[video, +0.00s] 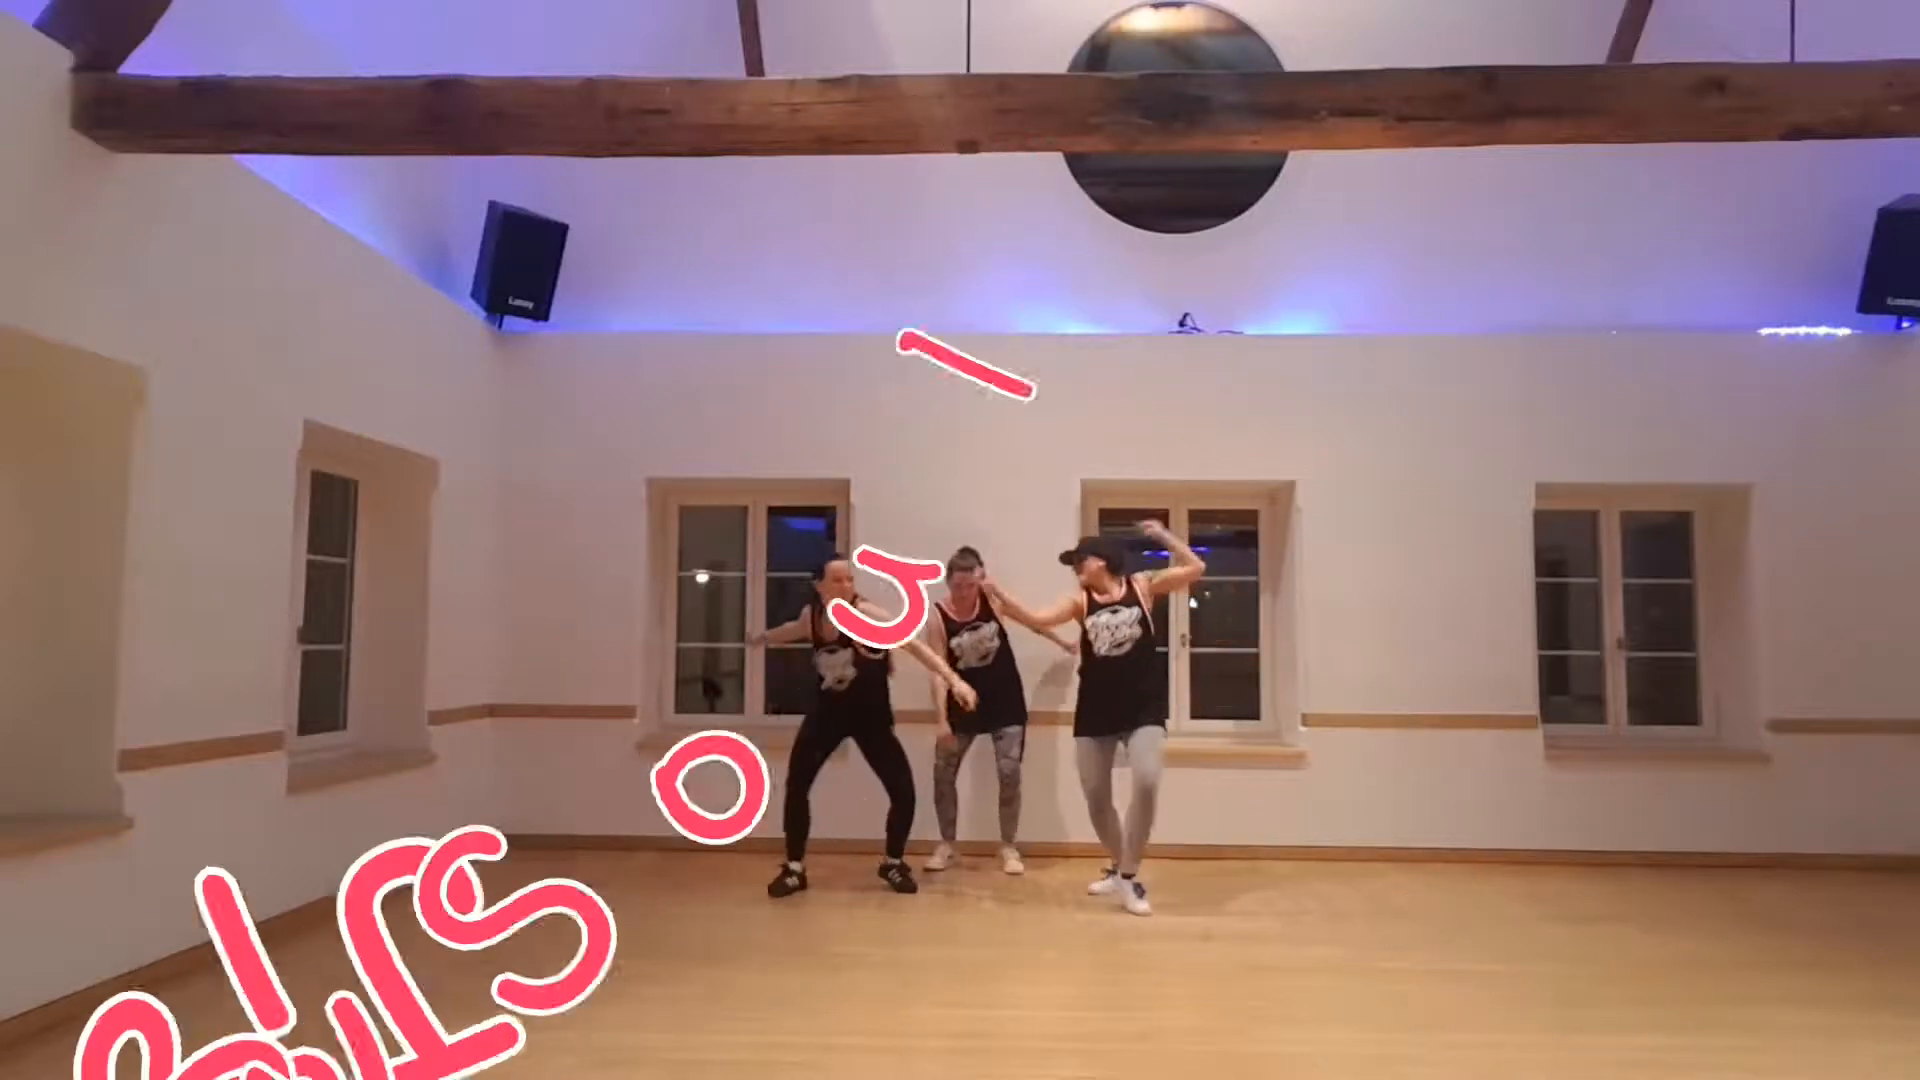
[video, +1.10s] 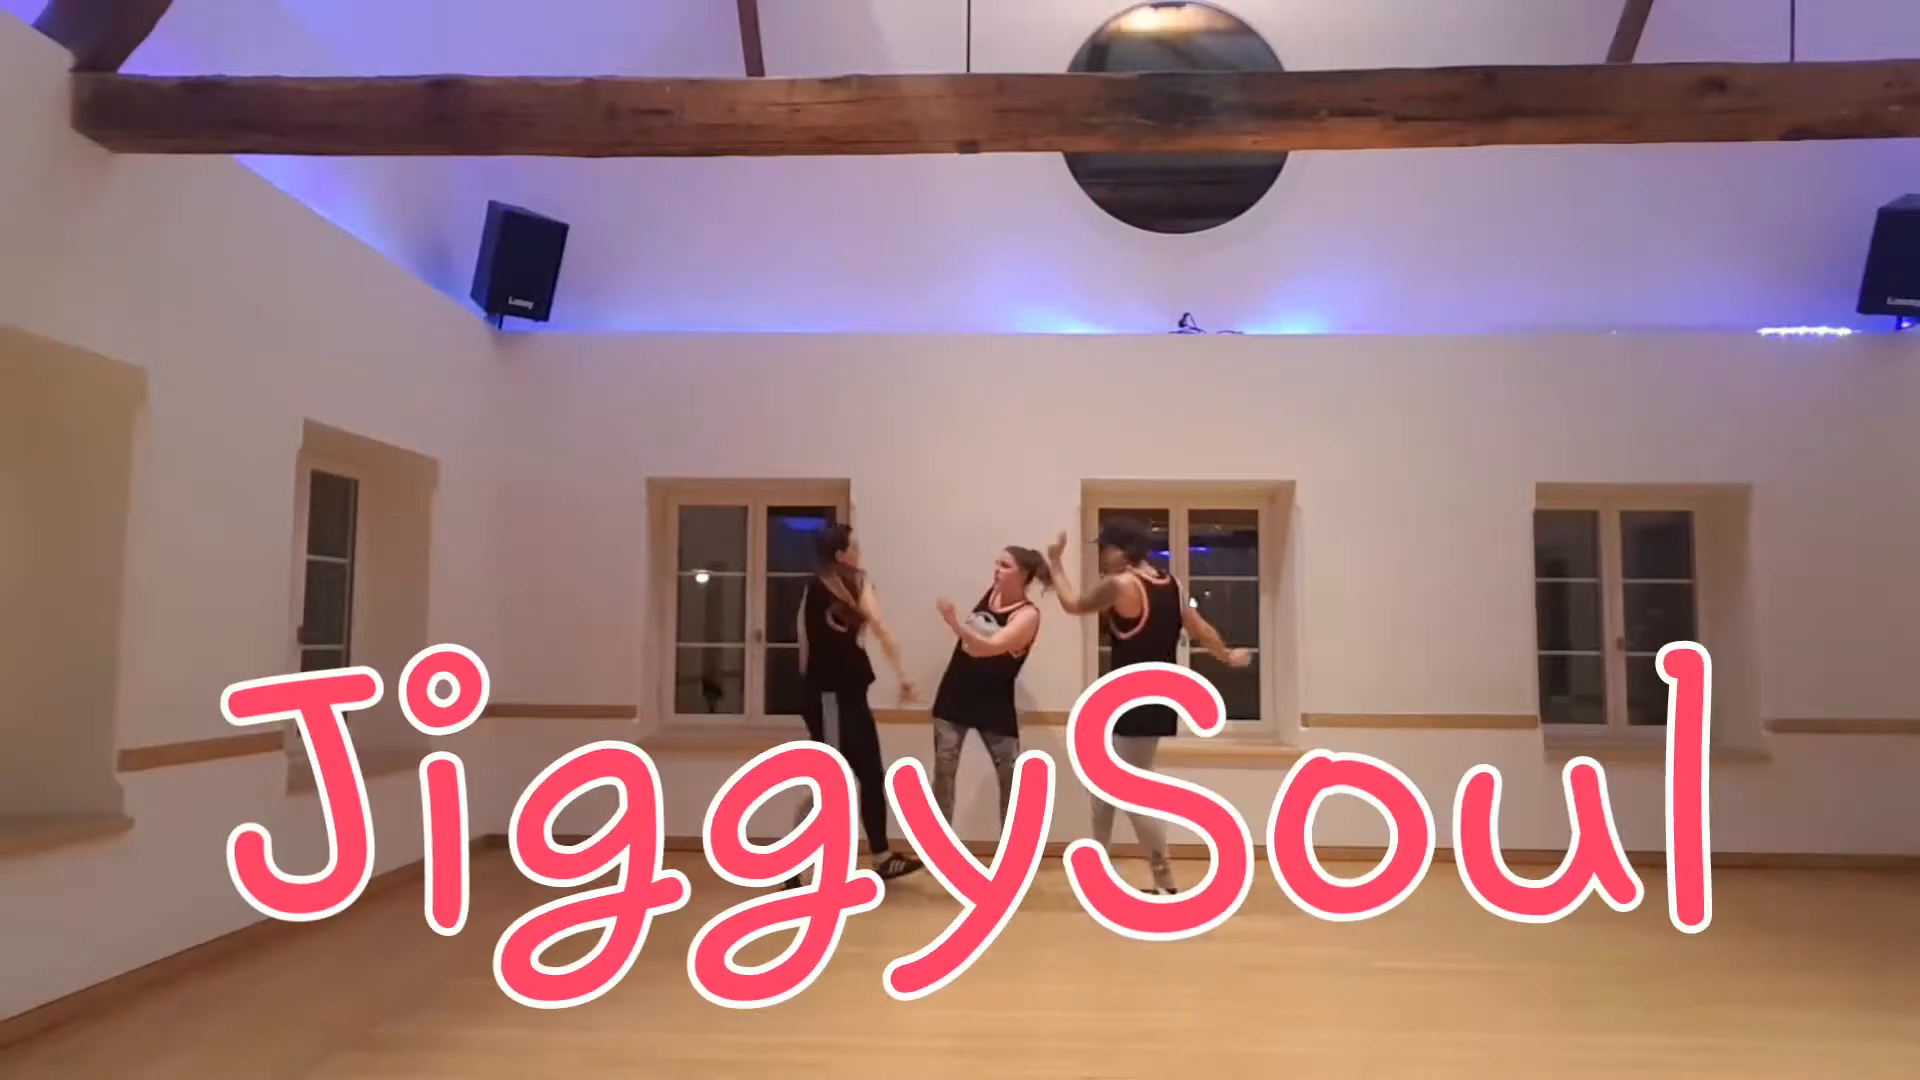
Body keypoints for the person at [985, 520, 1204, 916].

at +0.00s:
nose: (1076, 567)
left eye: (1081, 561)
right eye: (1076, 562)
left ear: (1103, 561)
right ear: (1090, 566)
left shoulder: (1143, 585)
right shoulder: (1081, 601)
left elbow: (1195, 568)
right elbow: (1037, 621)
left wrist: (1162, 535)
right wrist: (999, 596)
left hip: (1143, 708)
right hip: (1096, 713)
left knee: (1148, 782)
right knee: (1096, 797)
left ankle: (1129, 877)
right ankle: (1120, 868)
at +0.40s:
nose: (1073, 564)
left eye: (1077, 557)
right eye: (1072, 558)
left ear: (1098, 558)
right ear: (1087, 560)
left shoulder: (1130, 577)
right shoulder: (1083, 608)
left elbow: (1151, 522)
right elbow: (1071, 664)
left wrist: (1119, 506)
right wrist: (1026, 655)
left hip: (1144, 697)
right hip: (1105, 704)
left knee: (1127, 772)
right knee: (1105, 788)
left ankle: (1139, 868)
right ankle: (1118, 869)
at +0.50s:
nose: (1079, 567)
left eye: (1085, 559)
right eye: (1079, 560)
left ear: (1106, 559)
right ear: (1090, 563)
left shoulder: (1131, 584)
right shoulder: (1092, 607)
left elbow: (1130, 525)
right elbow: (1092, 658)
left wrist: (1107, 497)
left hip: (1134, 706)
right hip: (1099, 709)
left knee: (1125, 781)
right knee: (1101, 788)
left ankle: (1152, 873)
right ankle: (1119, 869)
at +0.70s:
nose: (1090, 581)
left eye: (1095, 574)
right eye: (1090, 573)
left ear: (1115, 575)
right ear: (1100, 578)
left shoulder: (1140, 605)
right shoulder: (1116, 612)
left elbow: (1107, 566)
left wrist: (1092, 528)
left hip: (1138, 728)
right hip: (1116, 728)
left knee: (1117, 807)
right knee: (1088, 805)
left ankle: (1160, 884)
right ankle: (1117, 871)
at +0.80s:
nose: (1101, 585)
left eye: (1106, 576)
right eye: (1102, 574)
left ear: (1120, 573)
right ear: (1131, 569)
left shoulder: (1144, 600)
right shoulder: (1126, 605)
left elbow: (1093, 576)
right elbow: (1095, 576)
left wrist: (1080, 540)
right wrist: (1083, 541)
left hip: (1139, 722)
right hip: (1120, 721)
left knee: (1121, 803)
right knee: (1097, 802)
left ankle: (1161, 883)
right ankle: (1115, 872)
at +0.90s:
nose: (1096, 564)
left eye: (1101, 556)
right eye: (1097, 557)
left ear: (1116, 556)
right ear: (1122, 556)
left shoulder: (1139, 577)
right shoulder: (1129, 584)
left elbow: (1078, 576)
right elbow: (1085, 580)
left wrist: (1059, 537)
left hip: (1147, 703)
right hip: (1122, 703)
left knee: (1134, 792)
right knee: (1092, 783)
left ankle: (1164, 880)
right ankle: (1113, 858)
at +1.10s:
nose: (1101, 558)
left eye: (1106, 551)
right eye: (1102, 550)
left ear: (1125, 552)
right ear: (1139, 553)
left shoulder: (1117, 584)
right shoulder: (1170, 585)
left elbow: (1073, 604)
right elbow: (1200, 630)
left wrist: (1054, 564)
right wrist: (1225, 655)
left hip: (1129, 703)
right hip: (1159, 702)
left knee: (1133, 791)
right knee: (1103, 783)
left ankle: (1164, 883)